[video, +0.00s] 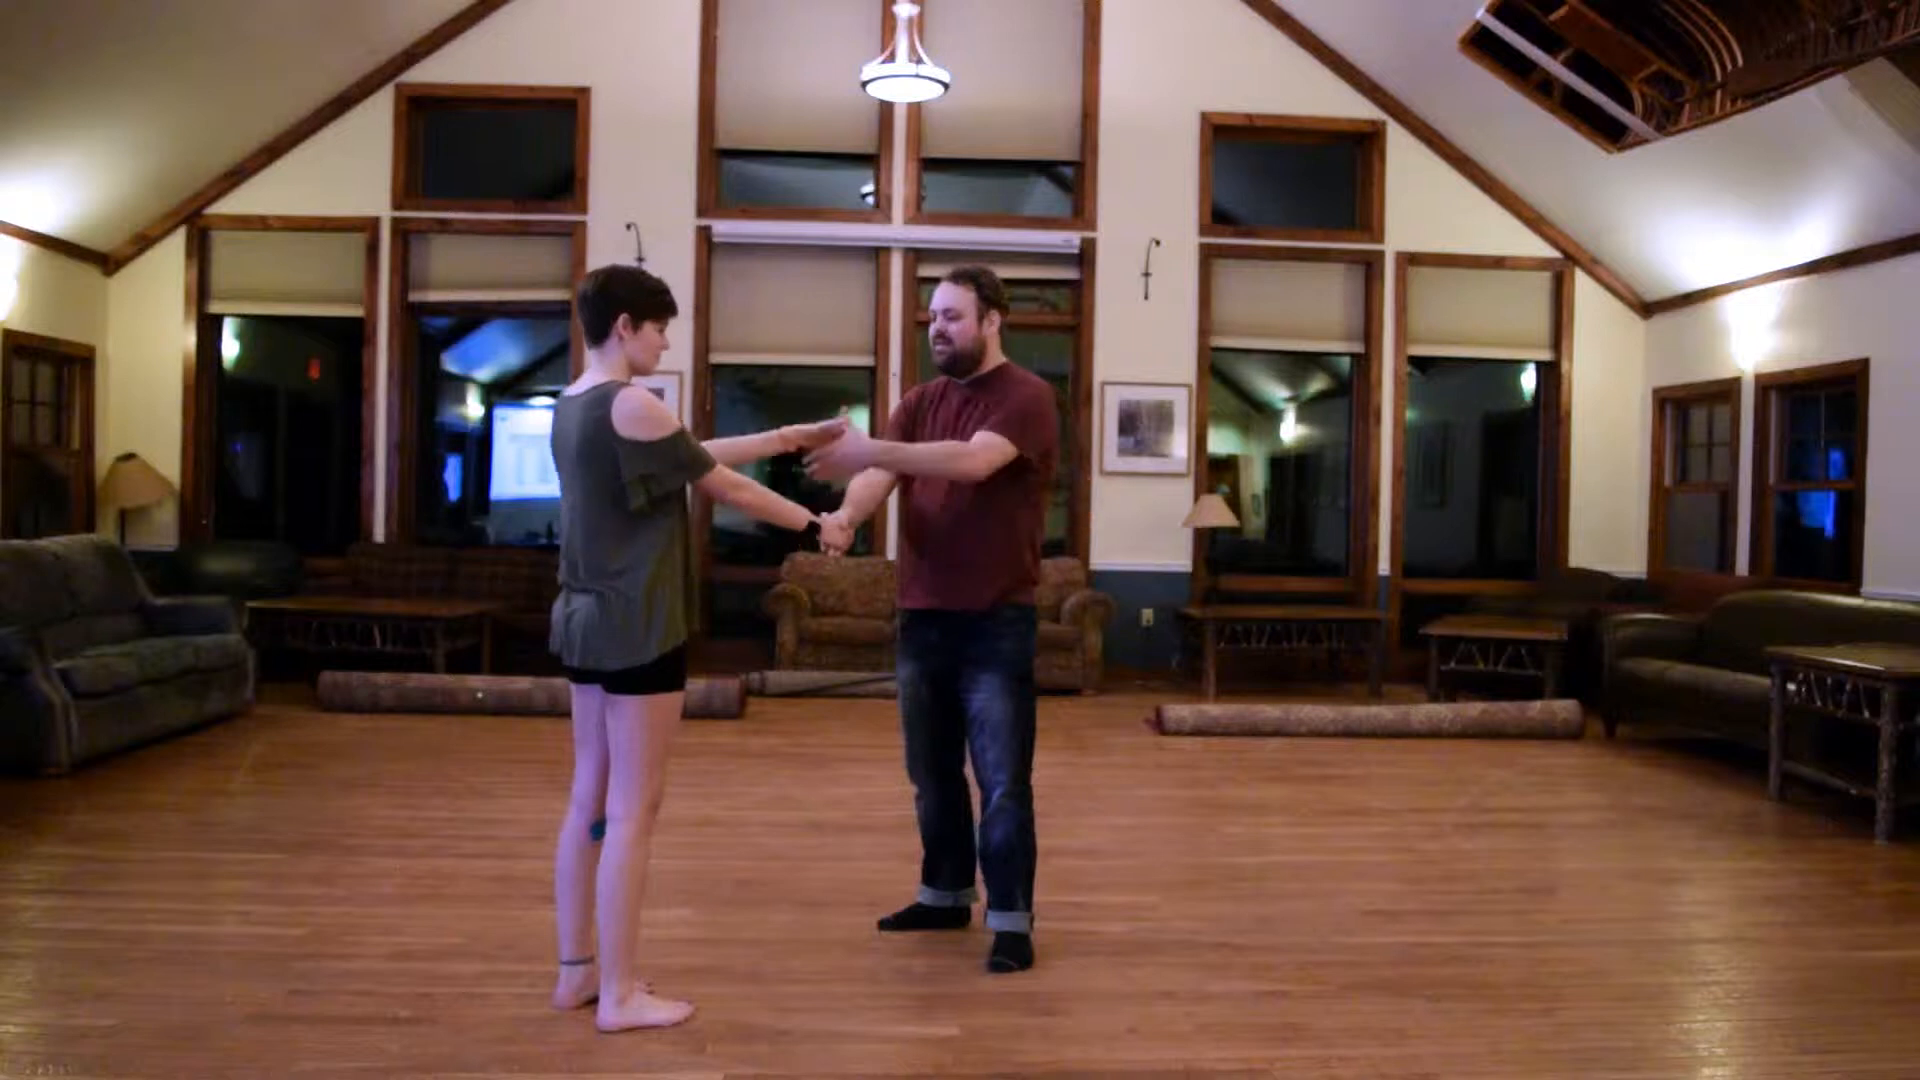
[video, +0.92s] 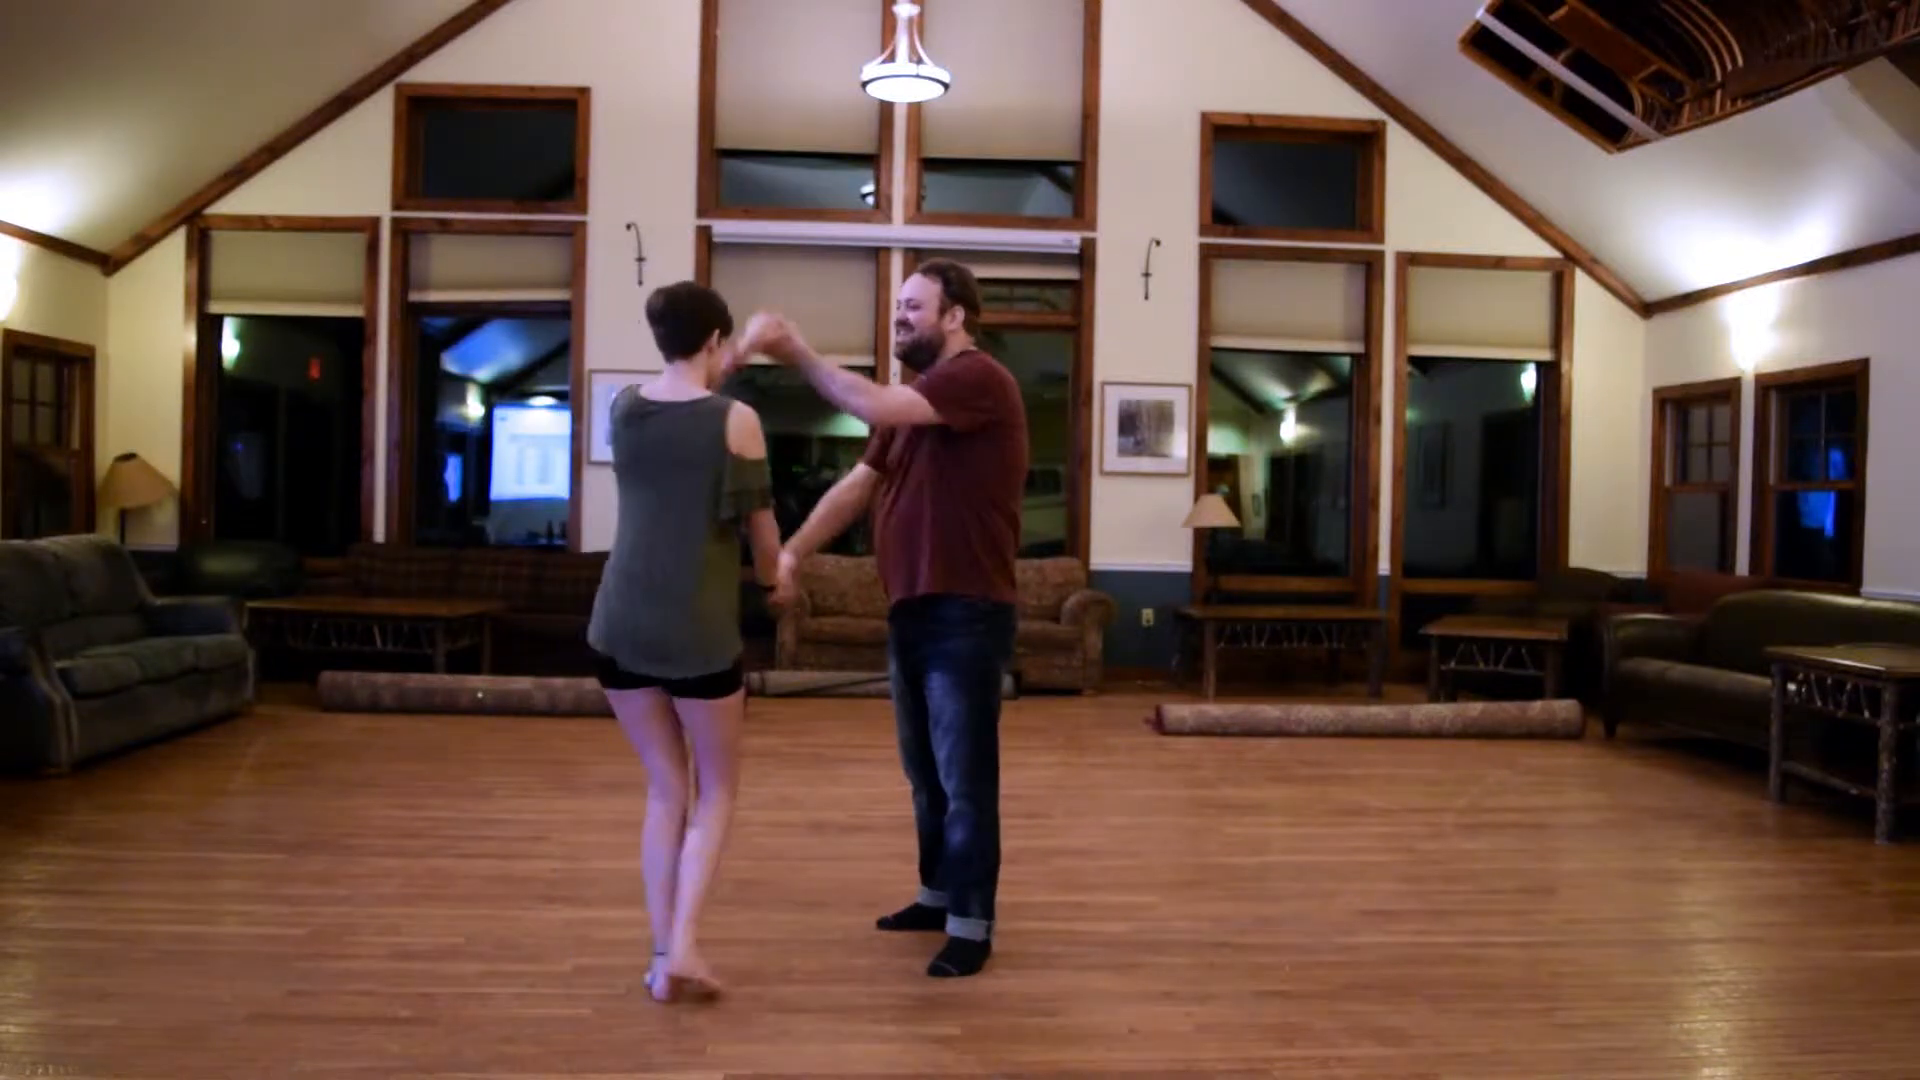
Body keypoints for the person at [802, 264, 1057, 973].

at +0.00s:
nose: (938, 329)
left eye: (952, 317)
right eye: (932, 318)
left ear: (992, 322)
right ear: (928, 326)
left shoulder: (1025, 395)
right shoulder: (918, 404)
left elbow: (973, 462)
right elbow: (881, 471)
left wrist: (870, 450)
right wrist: (843, 516)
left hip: (996, 616)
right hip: (923, 614)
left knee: (1001, 777)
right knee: (932, 770)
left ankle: (1011, 921)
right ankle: (944, 897)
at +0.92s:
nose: (898, 319)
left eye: (912, 308)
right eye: (898, 309)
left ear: (955, 316)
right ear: (914, 317)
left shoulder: (981, 378)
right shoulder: (908, 398)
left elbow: (884, 406)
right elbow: (859, 484)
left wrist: (803, 357)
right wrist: (791, 553)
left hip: (968, 604)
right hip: (914, 604)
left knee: (963, 769)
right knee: (925, 763)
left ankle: (972, 924)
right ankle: (941, 897)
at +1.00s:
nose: (899, 316)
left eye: (913, 306)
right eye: (898, 307)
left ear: (955, 314)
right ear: (905, 315)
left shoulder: (978, 374)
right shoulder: (904, 393)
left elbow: (869, 375)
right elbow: (841, 461)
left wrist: (787, 318)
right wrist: (767, 509)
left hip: (967, 603)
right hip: (914, 603)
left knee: (962, 768)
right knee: (925, 765)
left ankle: (973, 924)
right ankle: (941, 897)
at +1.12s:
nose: (897, 314)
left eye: (913, 302)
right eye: (898, 304)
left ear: (953, 310)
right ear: (915, 312)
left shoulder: (977, 372)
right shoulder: (907, 387)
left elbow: (868, 336)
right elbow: (824, 413)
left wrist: (773, 263)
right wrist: (742, 419)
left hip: (967, 602)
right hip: (913, 602)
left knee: (961, 770)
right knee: (925, 765)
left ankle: (972, 924)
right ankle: (942, 898)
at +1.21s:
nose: (897, 311)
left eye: (912, 300)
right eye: (896, 302)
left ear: (953, 311)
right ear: (913, 312)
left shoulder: (979, 373)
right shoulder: (900, 384)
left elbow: (877, 322)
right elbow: (814, 375)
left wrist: (776, 254)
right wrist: (726, 369)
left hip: (966, 604)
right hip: (911, 603)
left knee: (961, 771)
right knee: (925, 766)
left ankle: (972, 923)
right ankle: (940, 898)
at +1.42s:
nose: (898, 313)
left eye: (913, 303)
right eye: (897, 303)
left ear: (957, 314)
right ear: (907, 313)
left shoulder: (985, 379)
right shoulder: (898, 372)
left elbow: (908, 340)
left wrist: (823, 302)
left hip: (962, 604)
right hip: (906, 603)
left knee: (958, 770)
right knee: (920, 766)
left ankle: (971, 925)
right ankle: (939, 896)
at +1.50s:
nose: (901, 315)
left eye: (914, 305)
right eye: (899, 306)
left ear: (958, 314)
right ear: (909, 316)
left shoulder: (984, 373)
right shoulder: (899, 372)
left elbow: (959, 364)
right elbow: (836, 328)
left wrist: (865, 340)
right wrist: (769, 257)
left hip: (961, 606)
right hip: (903, 605)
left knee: (958, 772)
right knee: (920, 768)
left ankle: (969, 925)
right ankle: (940, 898)